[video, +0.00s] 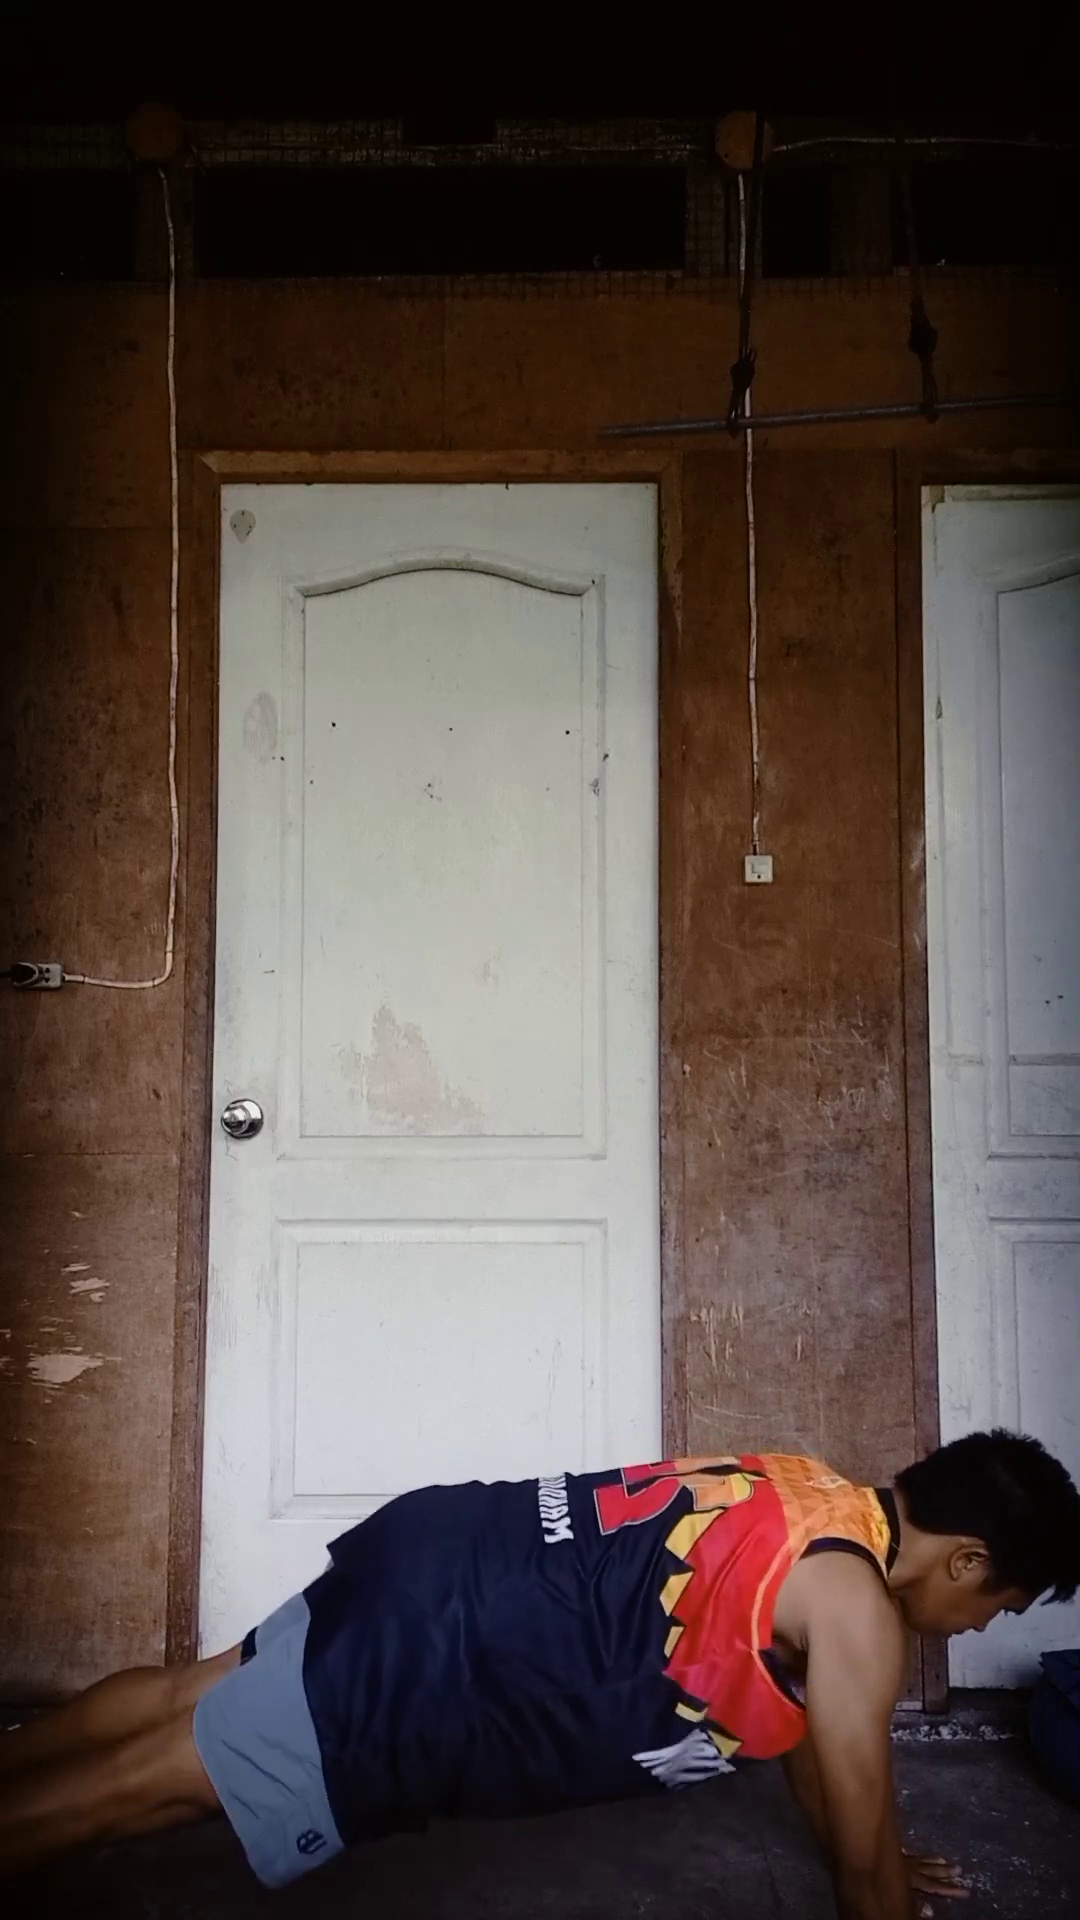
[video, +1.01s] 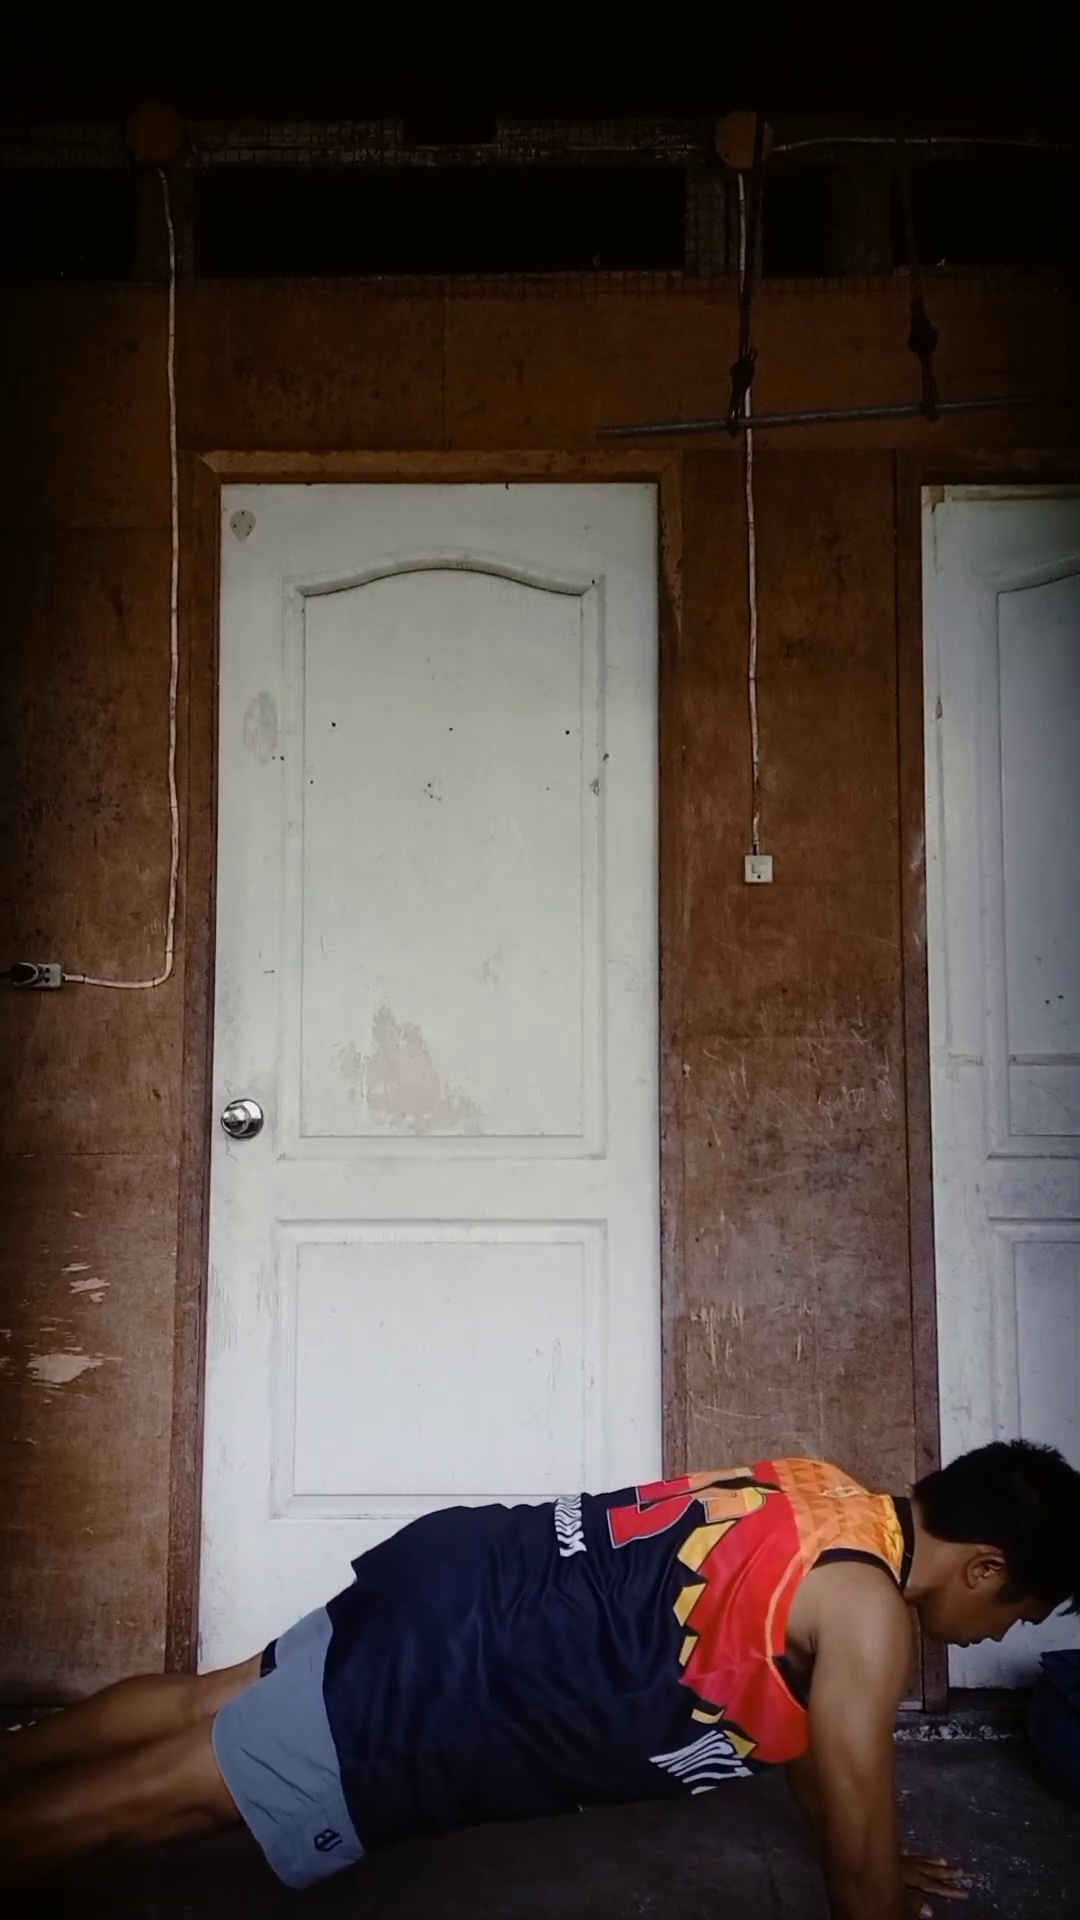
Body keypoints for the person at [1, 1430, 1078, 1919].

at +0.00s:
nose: (981, 1626)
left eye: (1004, 1609)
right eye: (998, 1602)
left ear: (933, 1493)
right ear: (967, 1559)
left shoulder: (812, 1484)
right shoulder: (852, 1617)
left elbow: (809, 1710)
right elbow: (871, 1877)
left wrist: (884, 1849)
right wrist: (916, 1897)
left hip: (442, 1538)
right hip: (448, 1645)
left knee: (187, 1690)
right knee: (140, 1787)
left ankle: (0, 1770)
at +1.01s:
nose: (999, 1633)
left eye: (1020, 1615)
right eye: (1015, 1610)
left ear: (947, 1500)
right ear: (977, 1563)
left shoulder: (827, 1487)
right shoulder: (865, 1622)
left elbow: (799, 1701)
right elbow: (866, 1879)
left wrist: (870, 1845)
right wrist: (906, 1894)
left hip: (459, 1563)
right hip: (452, 1676)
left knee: (213, 1696)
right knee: (153, 1800)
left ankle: (5, 1767)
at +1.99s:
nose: (1017, 1666)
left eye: (1032, 1648)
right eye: (1033, 1647)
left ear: (976, 1542)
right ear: (1005, 1603)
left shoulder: (845, 1521)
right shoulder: (896, 1651)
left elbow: (754, 1680)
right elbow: (844, 1882)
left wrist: (843, 1816)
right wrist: (886, 1870)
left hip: (485, 1601)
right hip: (485, 1714)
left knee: (228, 1716)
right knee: (176, 1820)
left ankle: (2, 1766)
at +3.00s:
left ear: (1043, 1637)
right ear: (1079, 1714)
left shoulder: (924, 1622)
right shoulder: (992, 1766)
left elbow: (781, 1698)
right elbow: (845, 1897)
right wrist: (947, 1886)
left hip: (577, 1678)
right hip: (569, 1812)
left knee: (295, 1754)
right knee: (238, 1866)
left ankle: (42, 1761)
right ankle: (30, 1867)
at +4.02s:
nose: (1044, 1625)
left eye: (1059, 1608)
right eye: (1061, 1602)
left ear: (996, 1506)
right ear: (1034, 1564)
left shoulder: (861, 1494)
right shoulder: (918, 1624)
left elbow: (773, 1672)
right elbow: (872, 1881)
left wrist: (860, 1812)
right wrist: (910, 1889)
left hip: (513, 1609)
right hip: (512, 1735)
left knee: (284, 1715)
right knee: (212, 1824)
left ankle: (25, 1761)